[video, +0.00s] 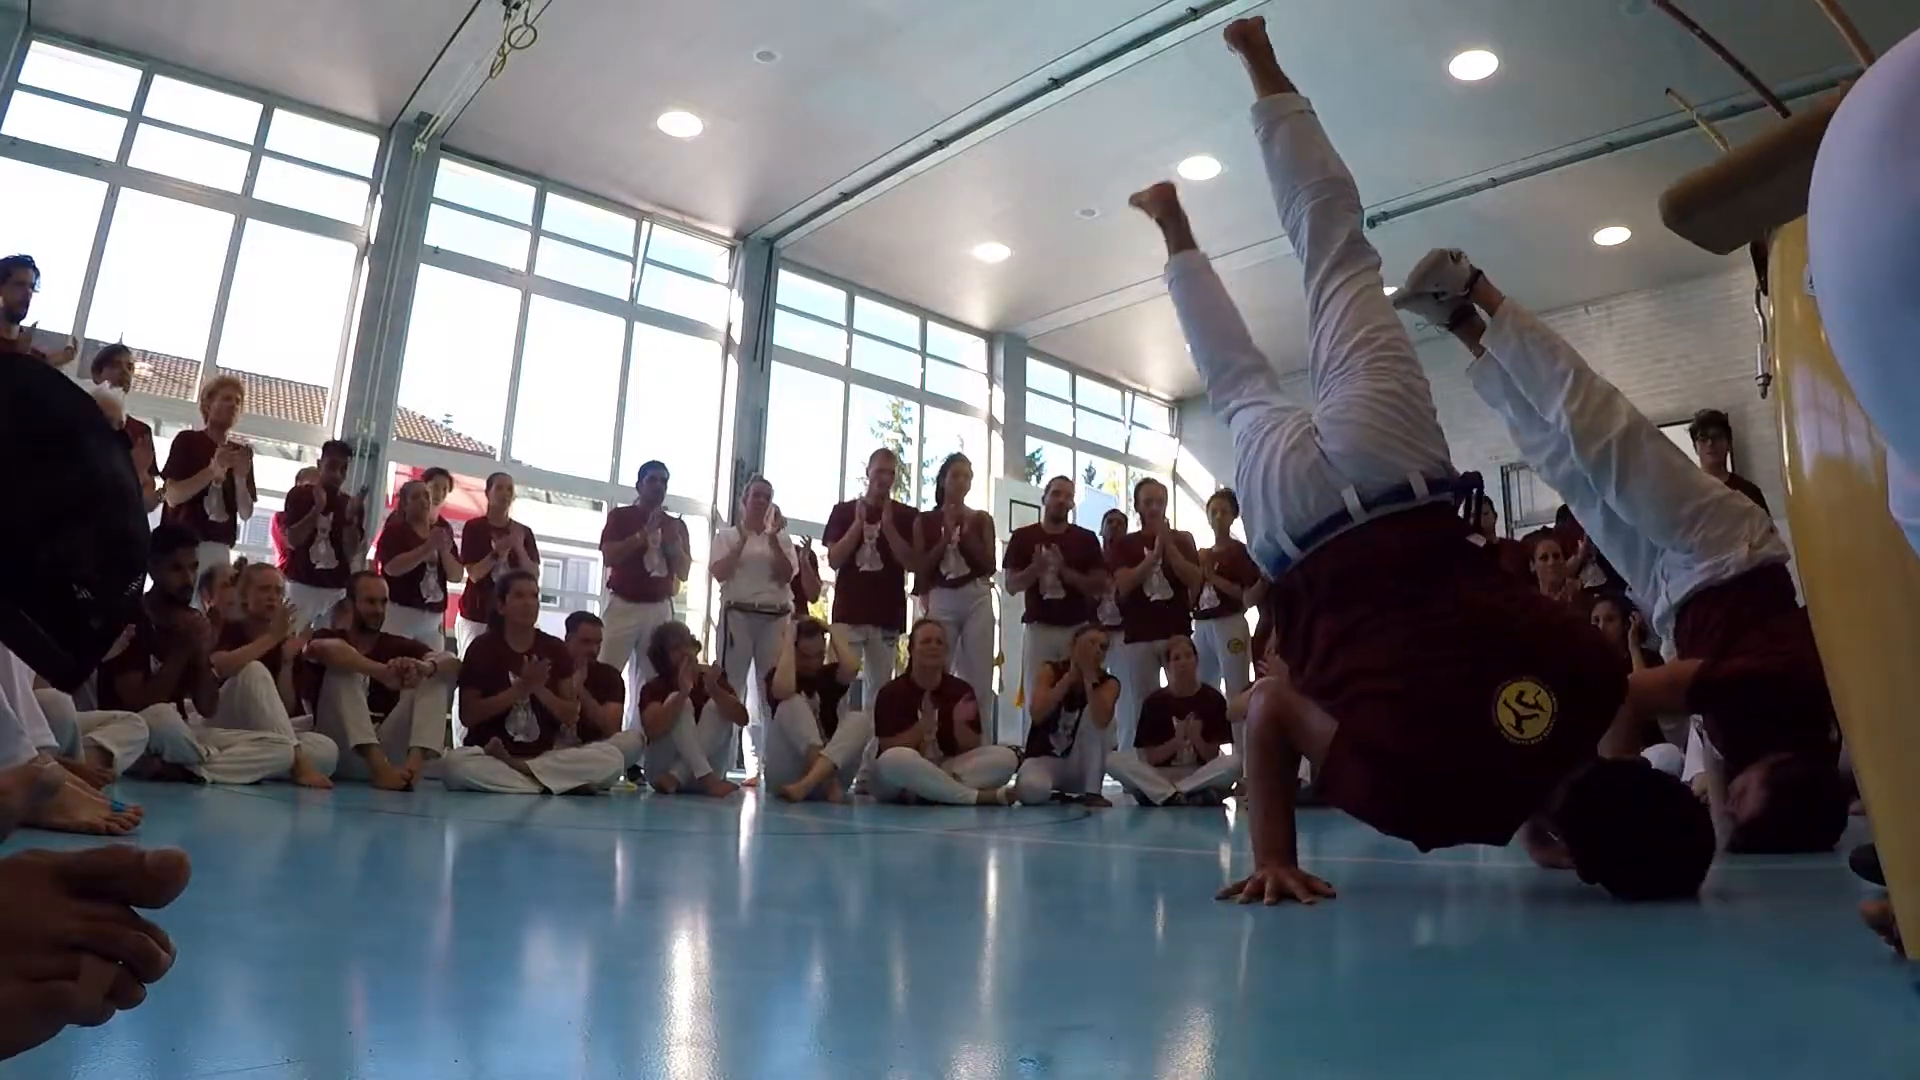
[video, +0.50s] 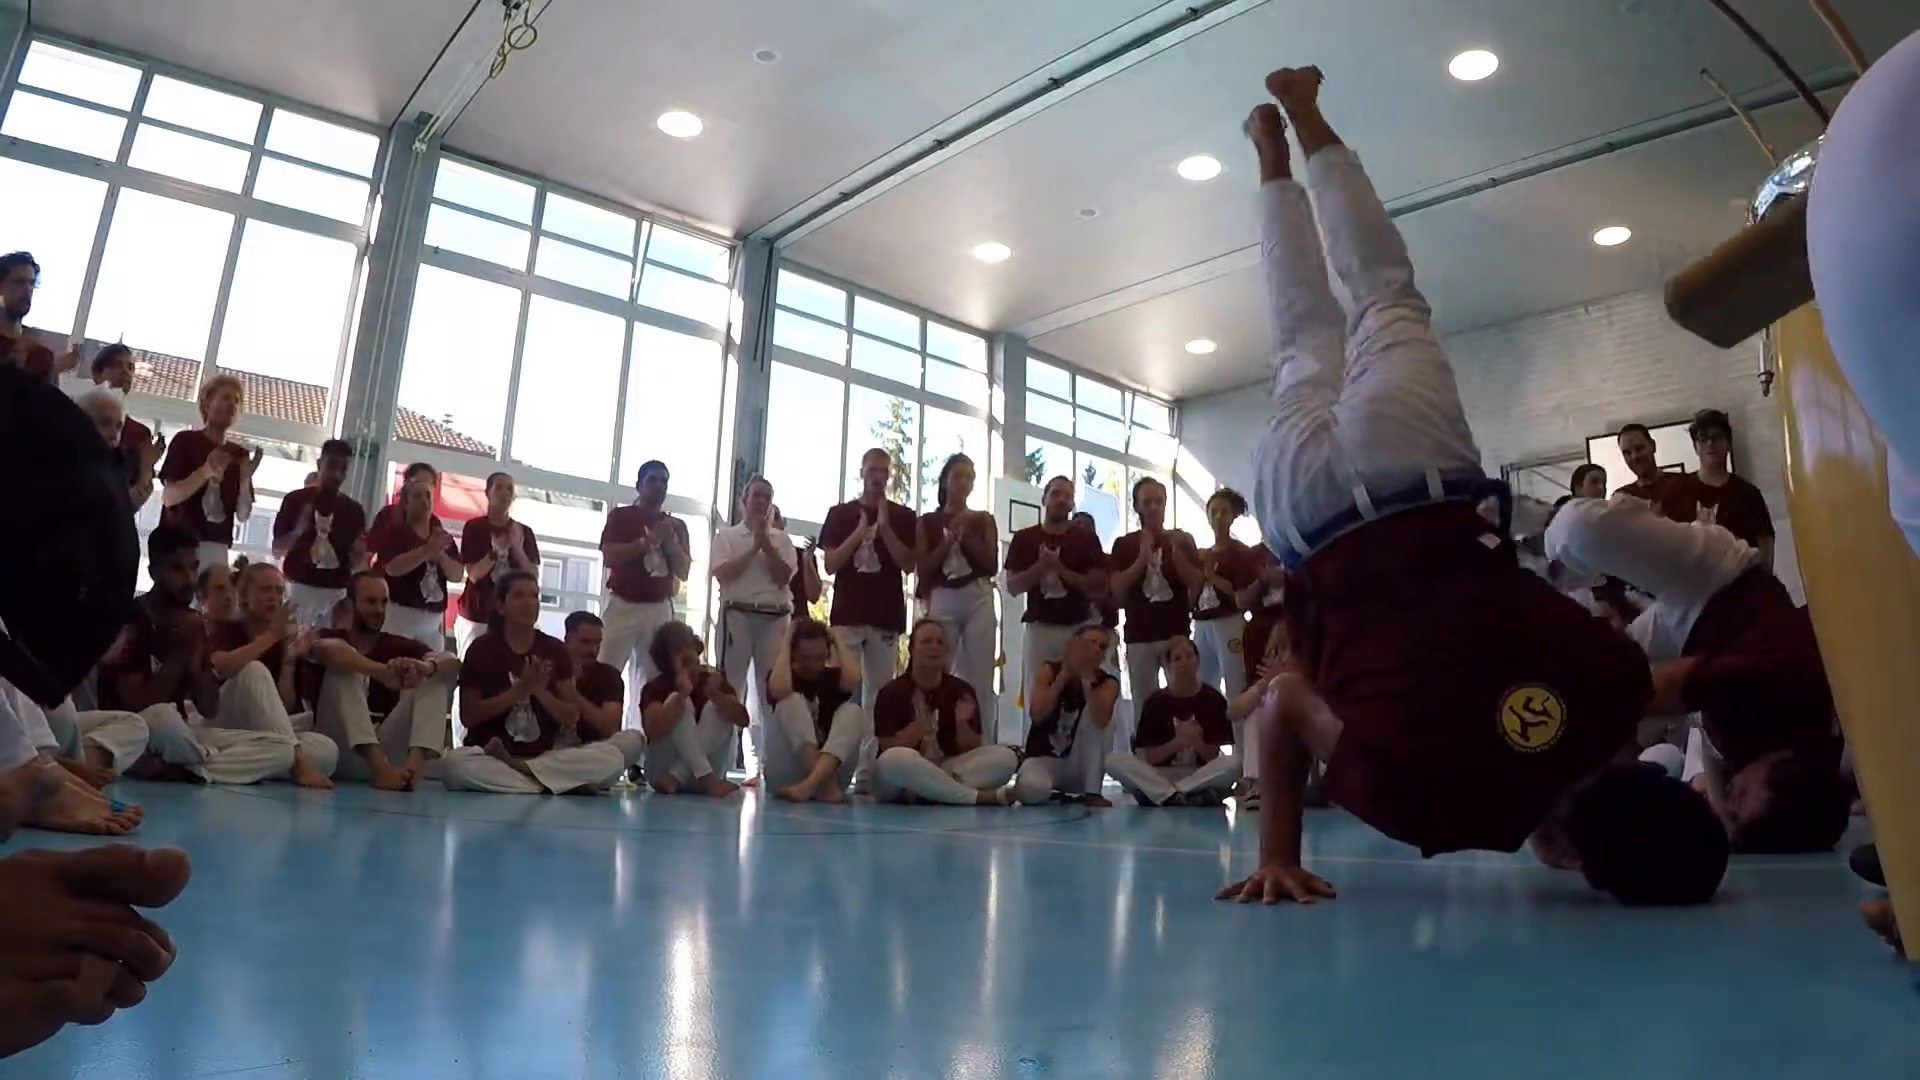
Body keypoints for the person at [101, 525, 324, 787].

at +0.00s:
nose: (188, 578)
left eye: (192, 568)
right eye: (176, 569)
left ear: (197, 567)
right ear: (152, 569)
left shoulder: (193, 621)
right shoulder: (130, 616)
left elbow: (208, 708)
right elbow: (134, 702)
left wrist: (202, 652)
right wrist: (180, 652)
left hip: (187, 729)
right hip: (134, 733)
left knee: (283, 752)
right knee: (161, 716)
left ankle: (182, 771)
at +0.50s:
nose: (189, 578)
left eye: (193, 568)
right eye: (177, 569)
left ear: (197, 570)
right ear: (153, 571)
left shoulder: (194, 621)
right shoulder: (133, 615)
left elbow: (209, 707)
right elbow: (134, 703)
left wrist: (193, 656)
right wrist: (177, 656)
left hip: (190, 729)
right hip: (138, 733)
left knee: (284, 752)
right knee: (161, 716)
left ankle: (184, 771)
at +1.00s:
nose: (190, 579)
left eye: (194, 568)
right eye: (177, 569)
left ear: (199, 569)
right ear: (153, 572)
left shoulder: (195, 622)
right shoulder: (129, 616)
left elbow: (209, 708)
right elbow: (137, 702)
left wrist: (200, 650)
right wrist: (183, 647)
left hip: (184, 733)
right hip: (134, 733)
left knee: (283, 751)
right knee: (162, 716)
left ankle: (182, 771)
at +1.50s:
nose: (192, 579)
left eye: (197, 569)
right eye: (180, 569)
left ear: (202, 569)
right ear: (155, 571)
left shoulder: (196, 623)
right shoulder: (127, 617)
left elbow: (206, 708)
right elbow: (136, 703)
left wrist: (202, 648)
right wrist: (182, 648)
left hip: (184, 731)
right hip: (132, 733)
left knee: (285, 752)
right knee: (161, 716)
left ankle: (181, 771)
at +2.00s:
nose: (195, 577)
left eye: (199, 567)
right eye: (184, 567)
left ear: (204, 569)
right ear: (158, 568)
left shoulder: (200, 624)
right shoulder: (131, 614)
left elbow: (205, 709)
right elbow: (138, 703)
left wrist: (203, 650)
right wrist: (185, 647)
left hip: (184, 731)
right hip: (132, 732)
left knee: (283, 752)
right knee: (161, 717)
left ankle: (178, 770)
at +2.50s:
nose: (196, 578)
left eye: (200, 568)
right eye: (186, 568)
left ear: (205, 569)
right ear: (159, 567)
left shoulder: (198, 625)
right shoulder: (130, 615)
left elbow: (206, 709)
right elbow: (136, 703)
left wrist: (201, 653)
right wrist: (180, 653)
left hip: (186, 731)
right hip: (137, 732)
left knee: (284, 750)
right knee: (161, 717)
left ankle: (184, 772)